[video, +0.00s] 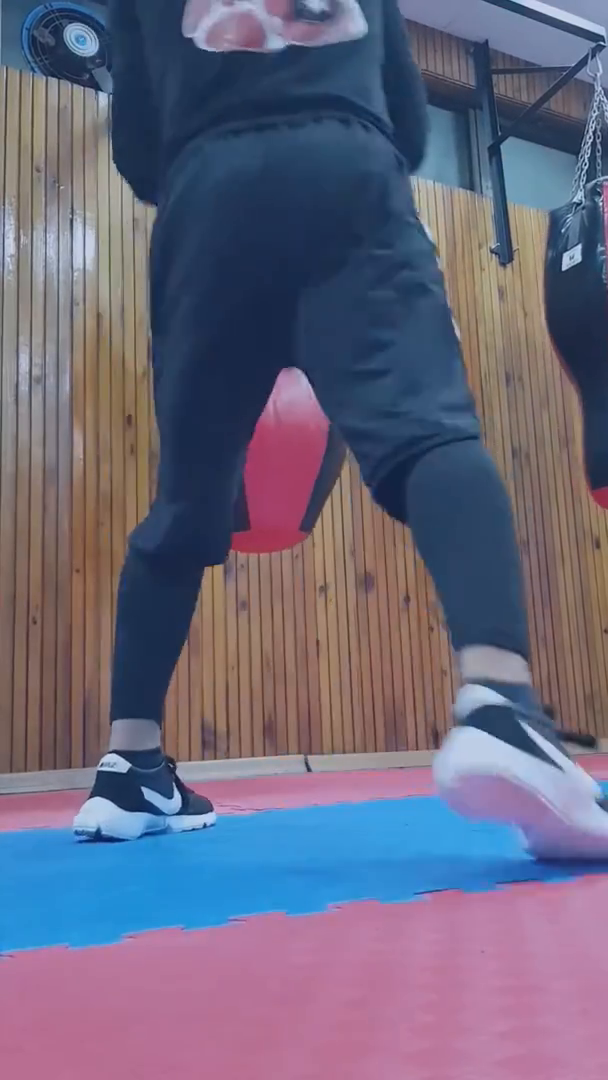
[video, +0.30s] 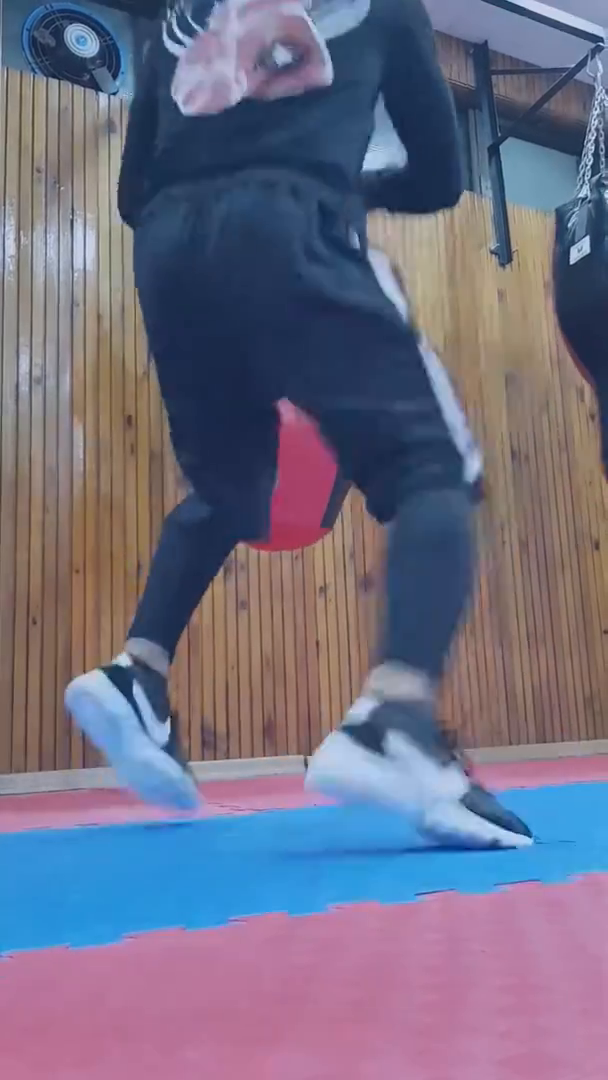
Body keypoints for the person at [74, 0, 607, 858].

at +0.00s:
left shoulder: (148, 7)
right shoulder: (360, 2)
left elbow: (134, 131)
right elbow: (407, 117)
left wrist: (196, 196)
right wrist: (359, 185)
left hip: (213, 177)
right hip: (350, 156)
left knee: (187, 499)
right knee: (432, 433)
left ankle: (129, 765)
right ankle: (499, 703)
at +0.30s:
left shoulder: (178, 18)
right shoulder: (380, 9)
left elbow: (135, 189)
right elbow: (436, 181)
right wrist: (335, 184)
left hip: (167, 237)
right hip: (290, 223)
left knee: (221, 487)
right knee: (430, 476)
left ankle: (138, 676)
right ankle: (397, 714)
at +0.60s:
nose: (260, 55)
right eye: (253, 46)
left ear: (164, 60)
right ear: (244, 50)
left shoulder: (112, 112)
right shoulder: (271, 87)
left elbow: (104, 262)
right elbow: (389, 165)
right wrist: (301, 180)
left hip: (151, 295)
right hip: (262, 278)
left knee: (126, 530)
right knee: (340, 487)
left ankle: (79, 749)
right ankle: (391, 668)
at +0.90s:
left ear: (141, 9)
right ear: (228, 4)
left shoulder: (100, 76)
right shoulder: (282, 50)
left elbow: (85, 238)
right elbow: (351, 200)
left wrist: (166, 174)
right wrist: (268, 157)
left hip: (151, 289)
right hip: (264, 266)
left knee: (141, 540)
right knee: (356, 499)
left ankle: (93, 766)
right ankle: (337, 693)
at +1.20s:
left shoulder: (159, 14)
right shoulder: (342, 2)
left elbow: (90, 123)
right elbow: (397, 132)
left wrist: (193, 137)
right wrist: (317, 68)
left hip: (158, 222)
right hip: (271, 191)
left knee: (170, 511)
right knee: (392, 468)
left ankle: (144, 756)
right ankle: (314, 719)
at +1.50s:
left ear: (240, 11)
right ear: (302, 3)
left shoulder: (197, 69)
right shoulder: (318, 15)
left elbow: (253, 251)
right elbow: (346, 176)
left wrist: (374, 229)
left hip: (113, 293)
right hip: (212, 268)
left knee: (157, 538)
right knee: (411, 502)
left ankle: (31, 741)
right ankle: (394, 750)